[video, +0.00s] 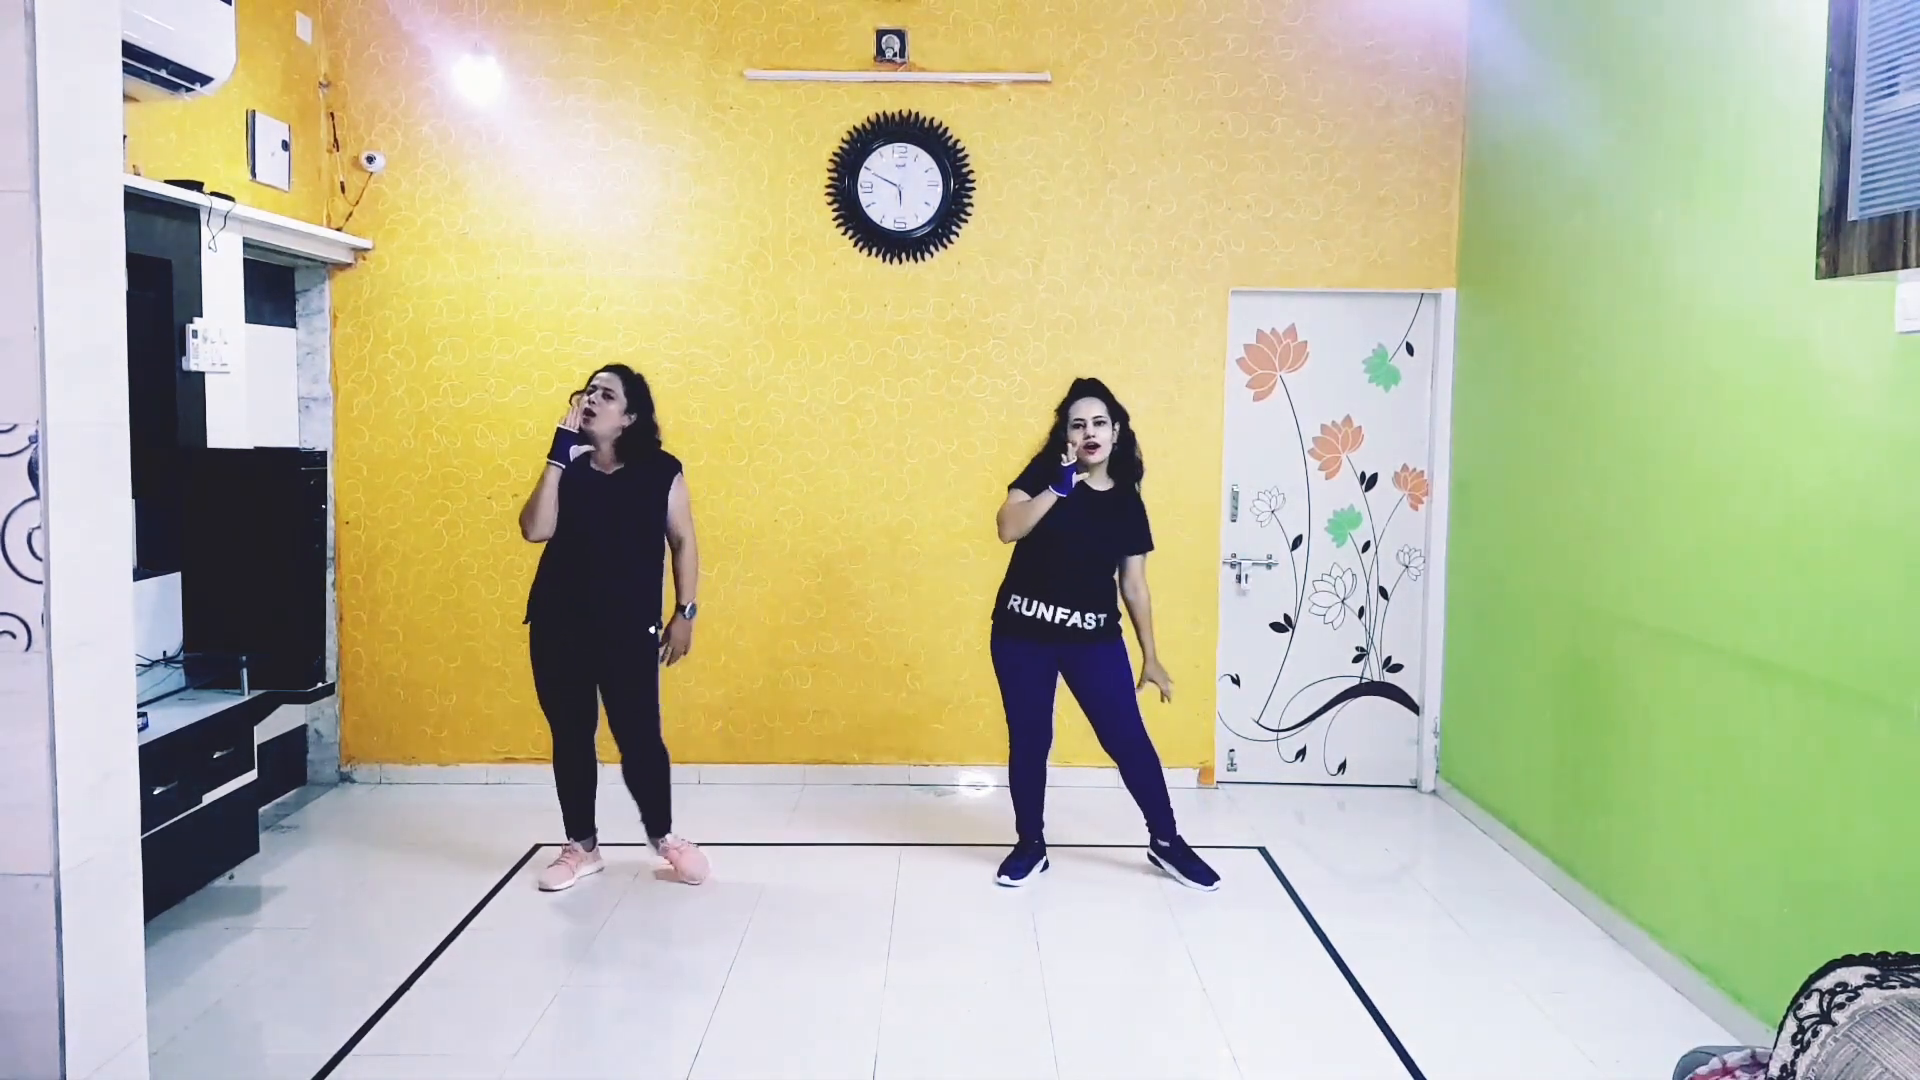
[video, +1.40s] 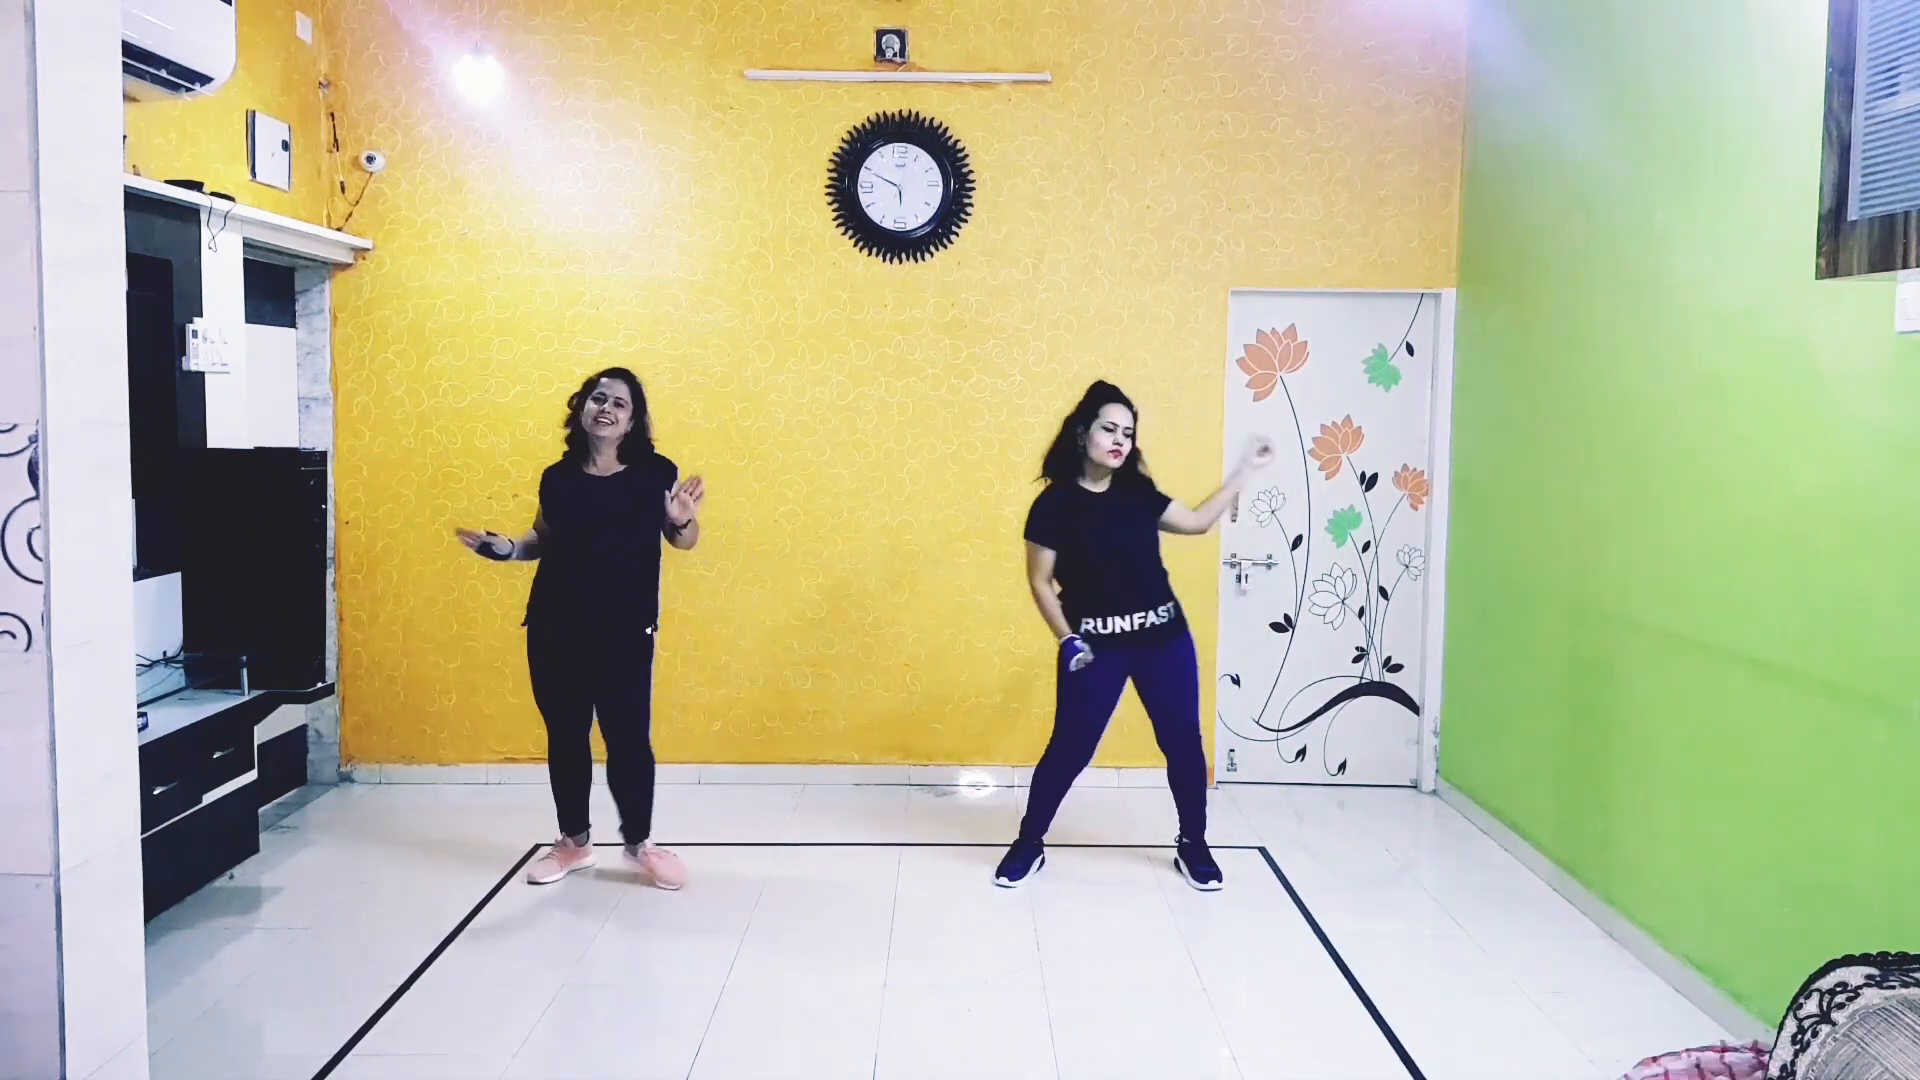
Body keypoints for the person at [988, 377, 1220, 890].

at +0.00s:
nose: (1089, 432)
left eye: (1100, 422)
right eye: (1078, 423)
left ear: (1117, 430)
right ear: (1064, 432)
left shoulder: (1126, 501)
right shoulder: (1043, 473)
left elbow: (1134, 584)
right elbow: (1007, 528)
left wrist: (1150, 656)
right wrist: (1062, 483)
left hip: (1093, 636)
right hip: (1023, 630)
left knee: (1129, 741)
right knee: (1028, 741)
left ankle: (1166, 839)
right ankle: (1030, 843)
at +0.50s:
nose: (1138, 437)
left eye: (1149, 426)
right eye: (1128, 429)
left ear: (1172, 433)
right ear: (1118, 439)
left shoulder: (1194, 505)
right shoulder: (1110, 488)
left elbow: (1207, 587)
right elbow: (1071, 544)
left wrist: (1218, 662)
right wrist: (1109, 489)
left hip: (1159, 648)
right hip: (1089, 637)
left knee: (1171, 753)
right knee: (1062, 743)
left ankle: (1191, 843)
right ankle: (1032, 842)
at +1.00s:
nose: (1151, 435)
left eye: (1161, 425)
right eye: (1140, 426)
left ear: (1181, 432)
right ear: (1129, 437)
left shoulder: (1211, 485)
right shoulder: (1125, 491)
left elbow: (1252, 560)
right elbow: (1101, 568)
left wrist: (1279, 627)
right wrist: (1132, 517)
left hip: (1206, 642)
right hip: (1134, 638)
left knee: (1202, 754)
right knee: (1090, 742)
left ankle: (1194, 844)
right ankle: (1043, 839)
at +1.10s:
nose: (1143, 435)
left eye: (1154, 426)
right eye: (1132, 426)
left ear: (1171, 436)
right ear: (1118, 436)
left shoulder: (1199, 484)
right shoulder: (1110, 499)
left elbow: (1254, 542)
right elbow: (1094, 578)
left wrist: (1296, 598)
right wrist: (1127, 552)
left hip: (1203, 642)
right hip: (1132, 641)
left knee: (1202, 753)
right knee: (1087, 743)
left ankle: (1195, 844)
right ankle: (1040, 839)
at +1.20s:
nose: (1137, 436)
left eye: (1147, 428)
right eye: (1127, 426)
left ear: (1158, 438)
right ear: (1106, 435)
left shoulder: (1181, 482)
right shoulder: (1092, 505)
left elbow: (1246, 516)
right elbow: (1082, 582)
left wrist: (1310, 543)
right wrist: (1111, 602)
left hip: (1197, 636)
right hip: (1126, 640)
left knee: (1200, 749)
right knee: (1084, 744)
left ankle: (1194, 844)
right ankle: (1034, 838)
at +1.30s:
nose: (1131, 439)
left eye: (1139, 432)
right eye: (1120, 428)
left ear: (1145, 441)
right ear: (1094, 432)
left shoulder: (1158, 487)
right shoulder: (1072, 508)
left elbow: (1227, 510)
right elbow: (1061, 585)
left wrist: (1305, 490)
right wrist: (1091, 630)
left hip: (1182, 637)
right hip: (1114, 643)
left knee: (1195, 746)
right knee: (1077, 748)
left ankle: (1194, 843)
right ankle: (1030, 840)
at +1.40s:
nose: (1120, 439)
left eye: (1127, 432)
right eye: (1109, 428)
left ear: (1133, 440)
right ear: (1082, 432)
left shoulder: (1136, 491)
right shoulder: (1054, 504)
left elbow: (1195, 521)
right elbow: (1040, 580)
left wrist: (1243, 472)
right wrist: (1068, 640)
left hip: (1163, 639)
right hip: (1096, 645)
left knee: (1184, 745)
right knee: (1069, 753)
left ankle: (1194, 844)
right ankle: (1029, 842)